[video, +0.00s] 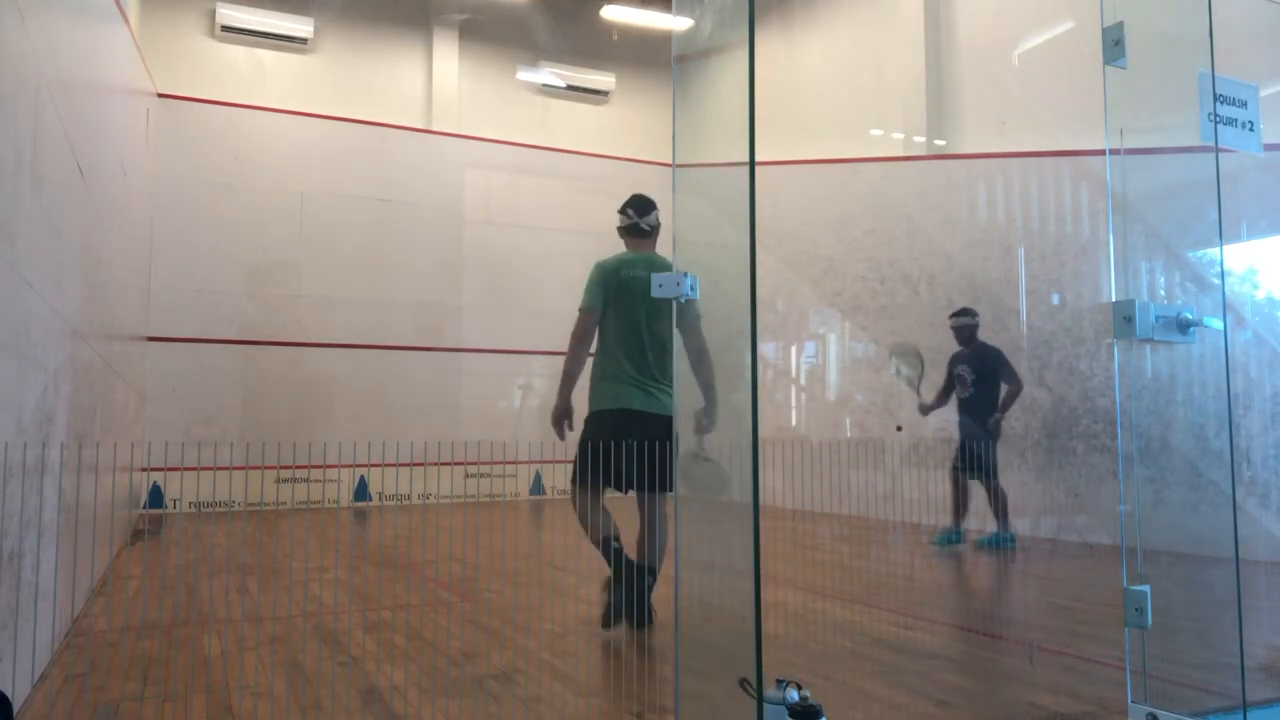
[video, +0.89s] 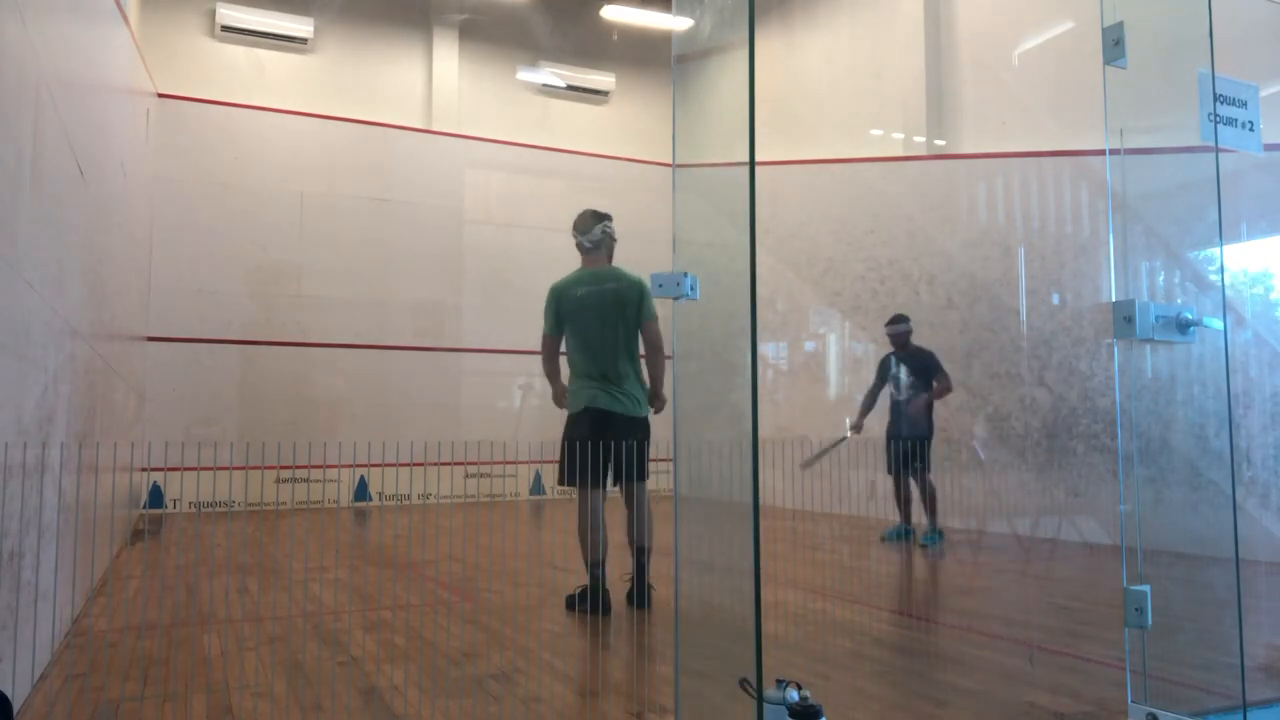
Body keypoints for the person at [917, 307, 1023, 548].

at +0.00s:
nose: (957, 334)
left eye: (962, 329)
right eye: (954, 329)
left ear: (974, 328)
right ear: (952, 330)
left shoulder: (990, 354)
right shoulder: (957, 359)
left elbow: (1015, 385)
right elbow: (947, 390)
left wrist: (999, 415)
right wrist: (931, 406)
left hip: (985, 427)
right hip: (968, 427)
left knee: (958, 472)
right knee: (988, 480)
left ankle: (955, 529)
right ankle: (1004, 532)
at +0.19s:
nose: (944, 337)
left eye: (949, 332)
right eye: (942, 332)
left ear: (962, 332)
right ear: (940, 333)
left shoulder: (975, 358)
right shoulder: (941, 361)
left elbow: (992, 394)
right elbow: (927, 391)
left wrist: (973, 414)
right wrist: (910, 416)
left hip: (962, 429)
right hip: (947, 429)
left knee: (939, 479)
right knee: (968, 480)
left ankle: (940, 530)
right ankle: (1001, 528)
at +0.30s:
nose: (935, 336)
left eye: (939, 331)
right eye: (933, 331)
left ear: (952, 331)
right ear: (932, 332)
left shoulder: (965, 358)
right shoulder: (932, 358)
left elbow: (983, 395)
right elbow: (925, 390)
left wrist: (965, 416)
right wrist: (909, 413)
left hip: (955, 426)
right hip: (935, 425)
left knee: (942, 477)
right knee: (944, 479)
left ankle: (939, 529)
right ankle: (990, 520)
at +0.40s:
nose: (927, 336)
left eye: (931, 331)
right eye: (924, 332)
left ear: (943, 331)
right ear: (922, 332)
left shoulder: (956, 358)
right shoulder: (924, 357)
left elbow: (974, 394)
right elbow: (920, 389)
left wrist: (959, 418)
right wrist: (905, 415)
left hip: (948, 428)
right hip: (928, 428)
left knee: (938, 478)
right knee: (923, 477)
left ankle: (940, 530)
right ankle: (971, 510)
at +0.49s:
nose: (917, 337)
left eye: (921, 332)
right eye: (914, 332)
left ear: (934, 331)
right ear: (913, 333)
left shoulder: (949, 357)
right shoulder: (917, 358)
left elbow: (968, 392)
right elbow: (912, 390)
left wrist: (954, 419)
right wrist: (896, 415)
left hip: (943, 427)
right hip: (922, 426)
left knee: (937, 478)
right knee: (906, 471)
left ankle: (941, 529)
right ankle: (947, 512)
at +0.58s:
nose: (911, 338)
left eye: (915, 333)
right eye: (907, 334)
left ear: (927, 332)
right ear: (905, 334)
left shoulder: (941, 357)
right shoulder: (911, 358)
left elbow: (962, 391)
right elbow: (903, 388)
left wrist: (949, 418)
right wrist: (886, 413)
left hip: (937, 427)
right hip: (916, 427)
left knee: (936, 477)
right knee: (900, 471)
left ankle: (940, 530)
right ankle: (917, 521)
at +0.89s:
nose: (895, 340)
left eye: (899, 335)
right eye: (891, 335)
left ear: (909, 333)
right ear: (887, 336)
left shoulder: (925, 357)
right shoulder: (888, 361)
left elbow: (945, 386)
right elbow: (874, 391)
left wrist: (925, 398)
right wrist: (859, 418)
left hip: (919, 429)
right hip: (896, 428)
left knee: (920, 475)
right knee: (899, 477)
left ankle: (933, 528)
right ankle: (905, 525)